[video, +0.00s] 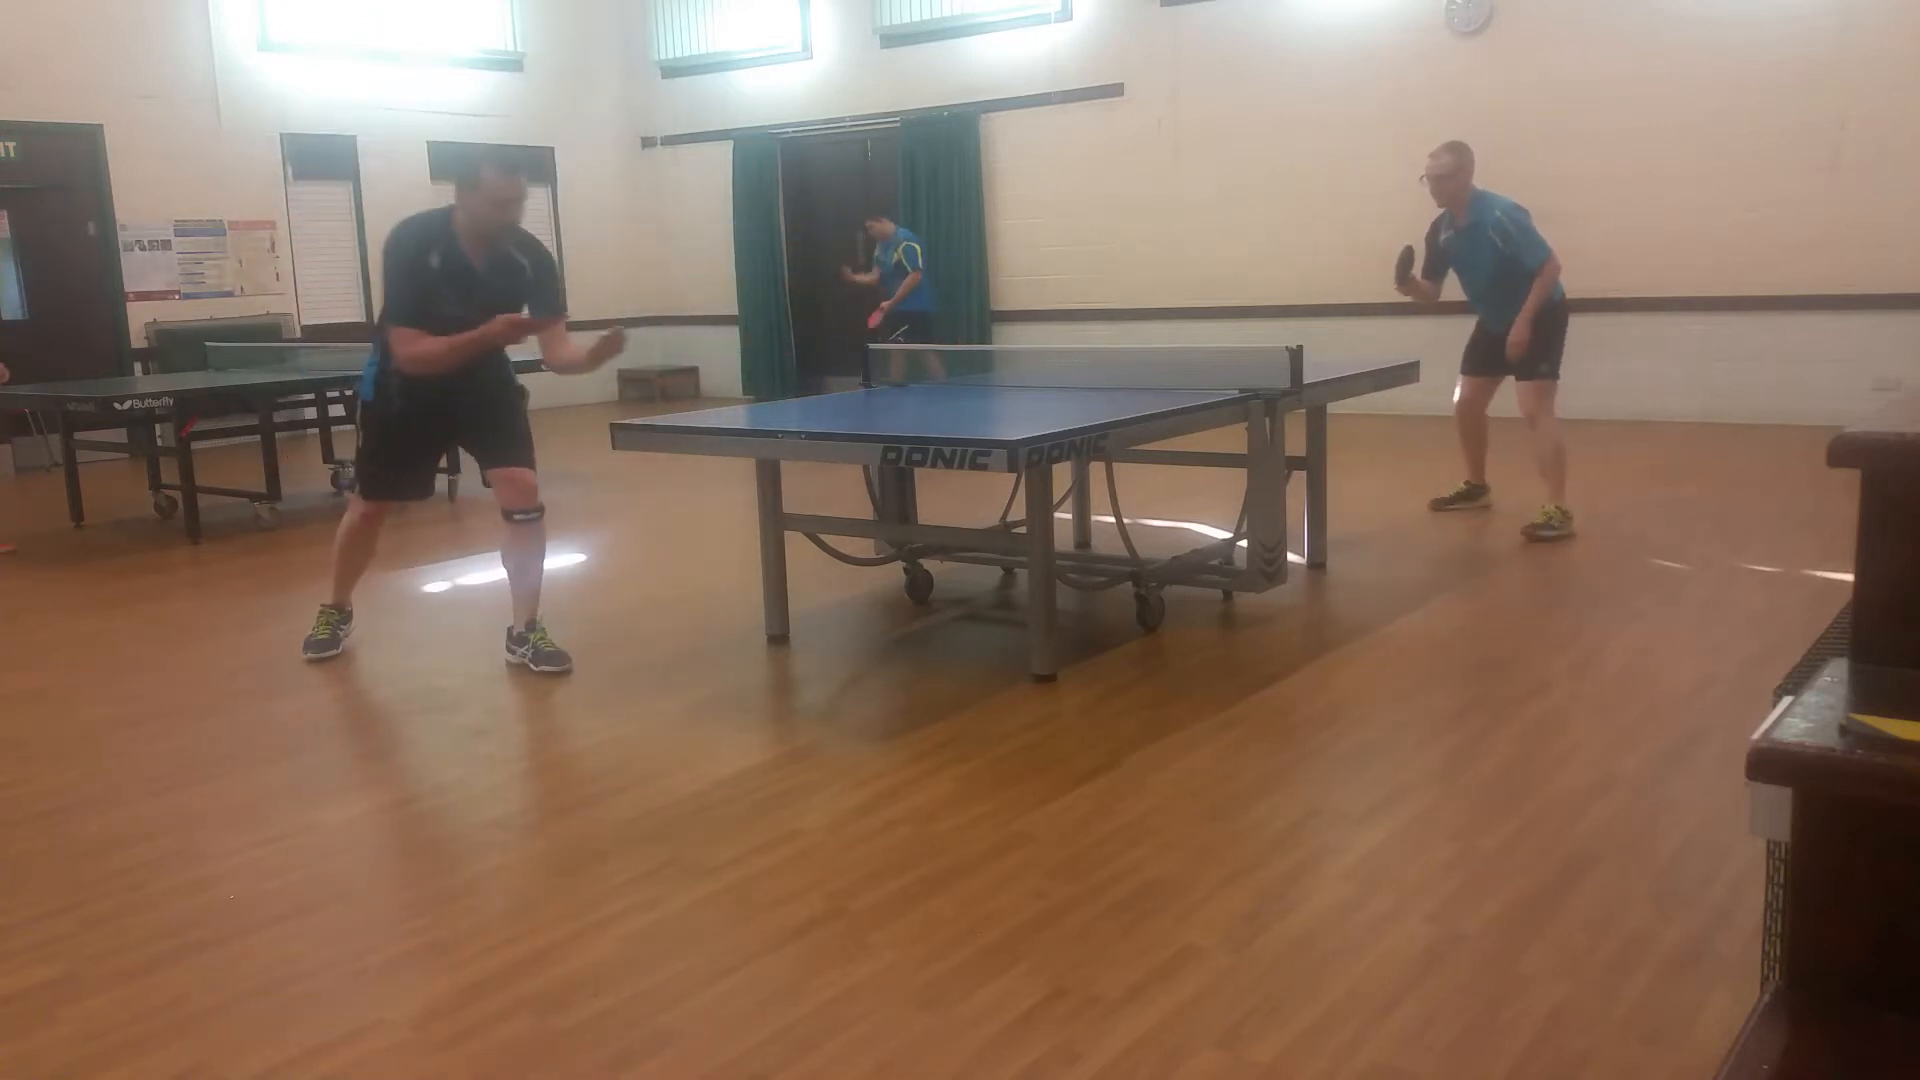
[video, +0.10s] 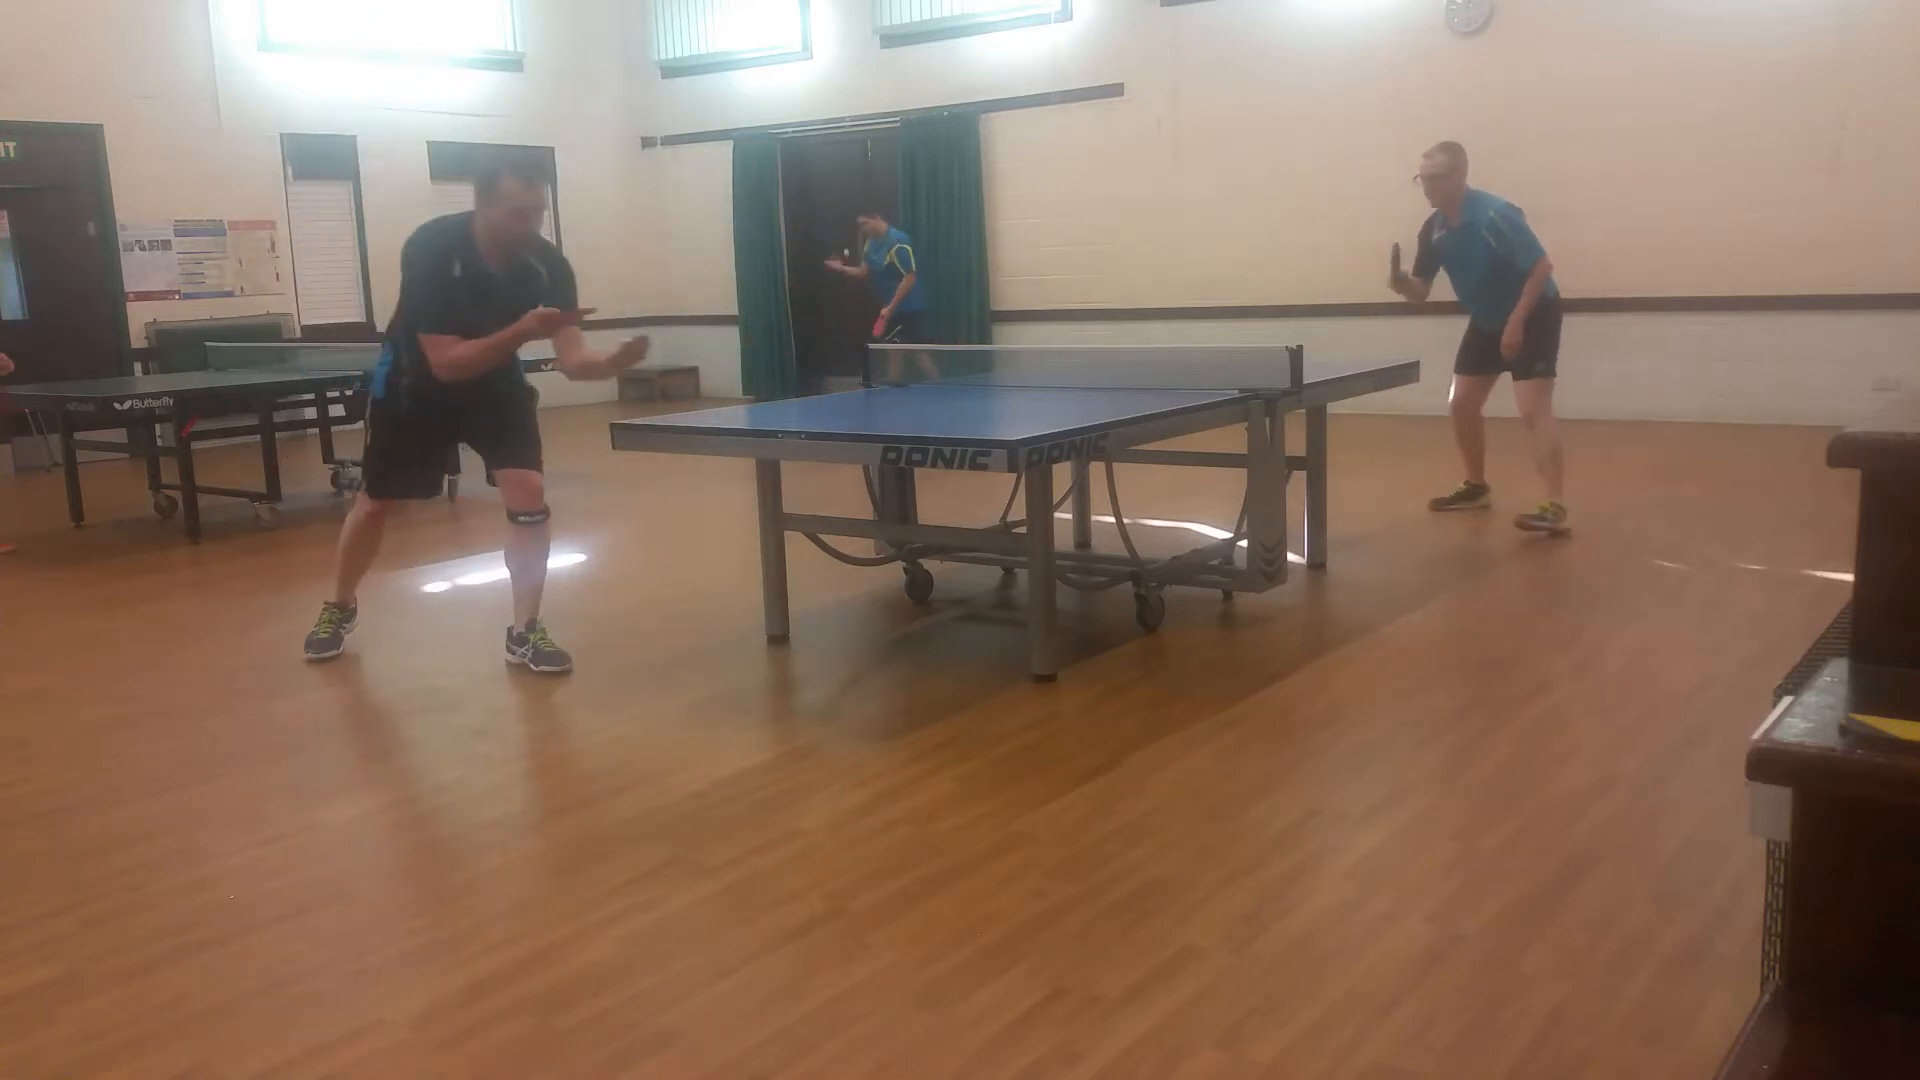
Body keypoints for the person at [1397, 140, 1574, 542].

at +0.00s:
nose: (1428, 184)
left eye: (1436, 177)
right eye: (1427, 177)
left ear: (1462, 176)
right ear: (1437, 179)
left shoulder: (1503, 215)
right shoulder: (1441, 229)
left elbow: (1550, 267)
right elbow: (1430, 293)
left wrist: (1523, 321)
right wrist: (1409, 285)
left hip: (1539, 314)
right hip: (1495, 318)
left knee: (1536, 409)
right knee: (1468, 404)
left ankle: (1558, 509)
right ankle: (1476, 485)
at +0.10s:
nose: (1423, 185)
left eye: (1430, 178)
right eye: (1421, 178)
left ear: (1456, 176)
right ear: (1428, 180)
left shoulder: (1497, 215)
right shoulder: (1433, 229)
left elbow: (1542, 268)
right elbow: (1419, 292)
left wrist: (1516, 320)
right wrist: (1401, 282)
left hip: (1533, 312)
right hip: (1488, 318)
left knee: (1534, 411)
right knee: (1462, 404)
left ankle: (1556, 505)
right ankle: (1475, 486)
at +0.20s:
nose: (1420, 184)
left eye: (1427, 176)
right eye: (1419, 176)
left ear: (1454, 175)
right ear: (1425, 178)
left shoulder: (1496, 212)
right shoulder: (1429, 228)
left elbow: (1536, 266)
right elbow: (1413, 288)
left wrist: (1505, 320)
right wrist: (1395, 278)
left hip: (1533, 309)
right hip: (1486, 315)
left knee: (1521, 403)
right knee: (1464, 402)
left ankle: (1541, 503)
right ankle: (1476, 486)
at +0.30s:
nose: (1420, 182)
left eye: (1428, 174)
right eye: (1419, 175)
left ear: (1455, 174)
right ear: (1425, 177)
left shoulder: (1496, 211)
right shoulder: (1431, 227)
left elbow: (1535, 266)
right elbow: (1411, 286)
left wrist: (1498, 322)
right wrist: (1392, 274)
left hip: (1533, 306)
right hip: (1487, 314)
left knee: (1518, 403)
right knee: (1467, 402)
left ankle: (1535, 503)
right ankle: (1476, 487)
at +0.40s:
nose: (1423, 181)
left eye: (1431, 173)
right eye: (1421, 174)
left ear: (1458, 173)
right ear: (1425, 176)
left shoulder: (1496, 210)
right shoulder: (1433, 227)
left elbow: (1537, 267)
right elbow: (1413, 286)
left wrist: (1498, 322)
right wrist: (1394, 271)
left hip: (1536, 305)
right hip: (1491, 313)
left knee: (1520, 401)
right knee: (1471, 403)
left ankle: (1536, 503)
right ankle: (1476, 486)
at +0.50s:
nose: (1425, 182)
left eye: (1433, 174)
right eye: (1424, 175)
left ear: (1461, 173)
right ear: (1428, 177)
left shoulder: (1499, 211)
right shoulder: (1435, 227)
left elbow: (1539, 269)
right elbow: (1414, 286)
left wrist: (1502, 324)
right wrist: (1396, 272)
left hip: (1539, 305)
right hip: (1495, 311)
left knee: (1522, 404)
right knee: (1476, 402)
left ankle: (1536, 504)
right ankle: (1476, 486)